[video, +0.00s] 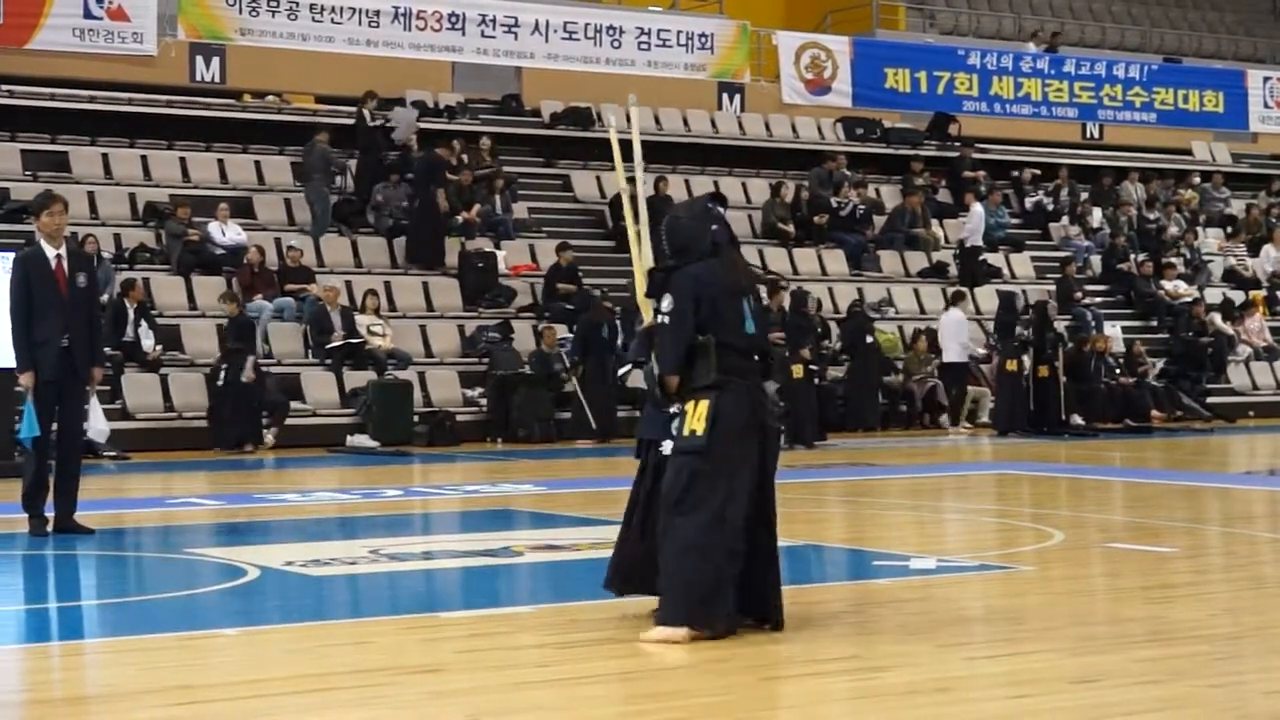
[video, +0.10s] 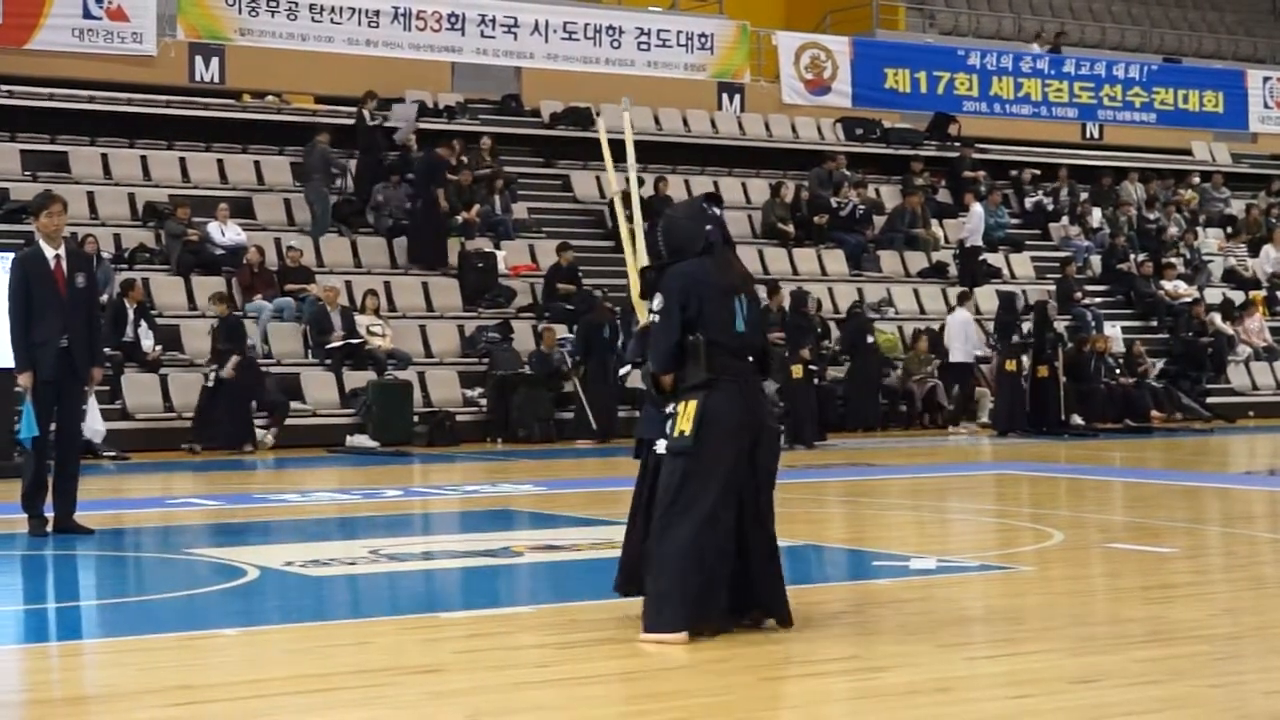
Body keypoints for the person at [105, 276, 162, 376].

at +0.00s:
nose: (142, 291)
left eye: (141, 288)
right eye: (139, 289)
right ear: (130, 293)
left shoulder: (142, 306)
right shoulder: (115, 305)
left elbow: (154, 327)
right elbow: (108, 327)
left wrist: (158, 348)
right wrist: (107, 346)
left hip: (136, 344)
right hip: (118, 344)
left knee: (154, 362)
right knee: (117, 360)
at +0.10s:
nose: (142, 292)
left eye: (141, 288)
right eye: (139, 289)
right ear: (130, 293)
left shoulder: (142, 306)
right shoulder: (114, 306)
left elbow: (154, 328)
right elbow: (108, 328)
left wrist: (157, 348)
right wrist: (108, 347)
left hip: (136, 344)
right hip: (118, 344)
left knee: (154, 362)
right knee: (117, 360)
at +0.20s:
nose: (142, 292)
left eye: (141, 289)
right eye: (139, 289)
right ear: (130, 293)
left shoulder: (141, 306)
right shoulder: (115, 306)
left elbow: (153, 327)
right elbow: (108, 327)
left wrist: (157, 347)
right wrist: (107, 347)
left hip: (135, 344)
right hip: (117, 344)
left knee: (154, 362)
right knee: (117, 360)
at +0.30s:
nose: (142, 292)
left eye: (141, 289)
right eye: (138, 289)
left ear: (132, 293)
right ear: (129, 293)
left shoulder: (141, 306)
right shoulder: (114, 306)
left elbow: (154, 327)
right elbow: (107, 328)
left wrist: (158, 348)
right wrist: (107, 348)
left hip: (135, 344)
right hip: (117, 345)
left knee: (154, 362)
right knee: (117, 361)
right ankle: (117, 394)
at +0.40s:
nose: (142, 292)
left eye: (141, 288)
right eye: (138, 289)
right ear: (129, 293)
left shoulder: (141, 307)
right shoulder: (114, 306)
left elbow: (154, 328)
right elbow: (107, 328)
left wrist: (157, 348)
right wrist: (108, 348)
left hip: (133, 345)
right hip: (116, 346)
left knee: (153, 362)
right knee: (119, 361)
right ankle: (115, 396)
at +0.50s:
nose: (142, 292)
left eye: (141, 289)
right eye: (138, 289)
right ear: (129, 293)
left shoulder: (141, 307)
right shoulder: (114, 306)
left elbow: (153, 327)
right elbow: (107, 327)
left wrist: (157, 348)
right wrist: (108, 348)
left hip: (133, 344)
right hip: (116, 345)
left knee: (151, 364)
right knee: (120, 361)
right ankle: (116, 396)